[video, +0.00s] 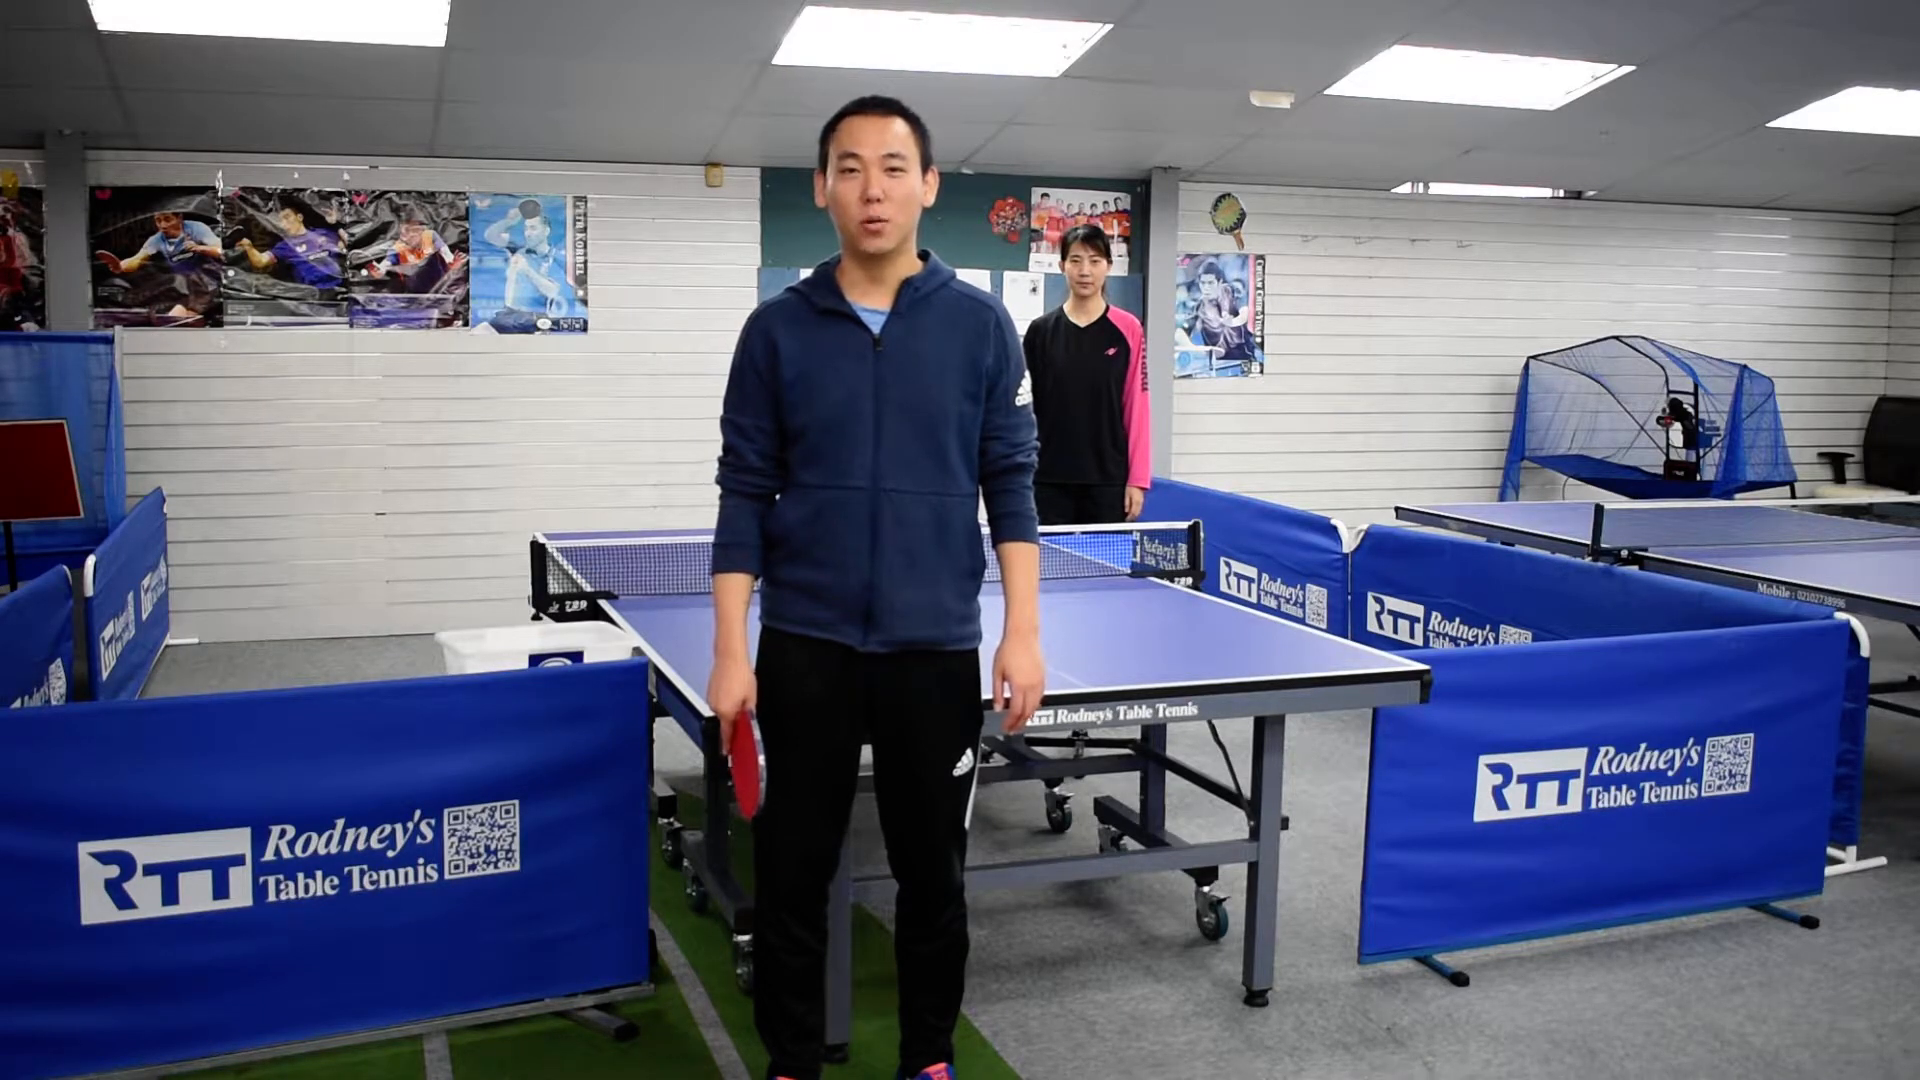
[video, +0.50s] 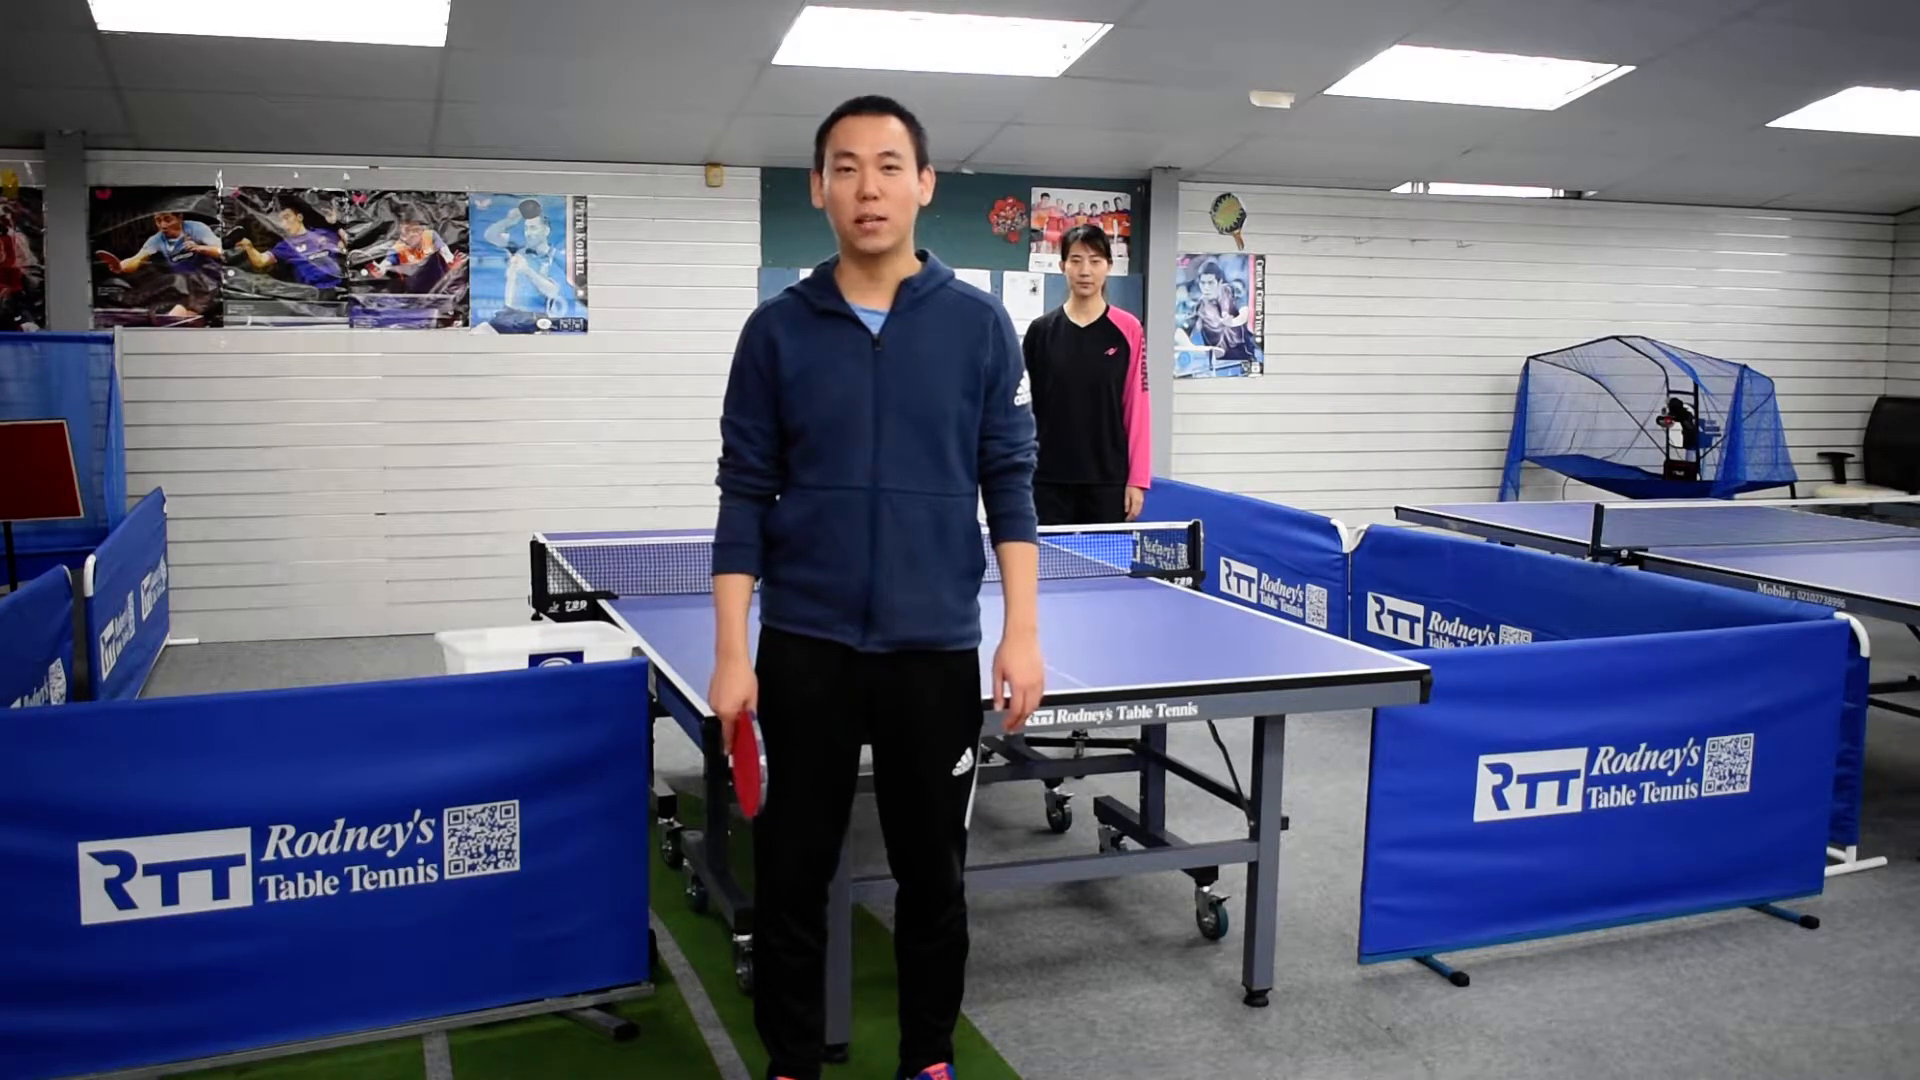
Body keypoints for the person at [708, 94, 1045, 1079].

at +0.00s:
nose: (870, 188)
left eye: (893, 168)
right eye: (849, 169)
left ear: (927, 189)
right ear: (824, 191)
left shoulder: (979, 325)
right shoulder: (777, 329)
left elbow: (1012, 482)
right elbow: (742, 490)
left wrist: (1023, 631)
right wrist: (730, 650)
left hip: (934, 644)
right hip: (806, 643)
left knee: (932, 874)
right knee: (791, 875)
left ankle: (930, 1060)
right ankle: (791, 1062)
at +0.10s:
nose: (872, 190)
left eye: (893, 170)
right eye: (850, 171)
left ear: (926, 189)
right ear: (824, 191)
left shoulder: (978, 325)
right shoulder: (777, 329)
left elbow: (1012, 482)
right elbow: (742, 492)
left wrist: (1021, 632)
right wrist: (731, 652)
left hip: (934, 644)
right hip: (806, 643)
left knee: (931, 873)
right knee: (791, 874)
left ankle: (930, 1060)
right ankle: (790, 1061)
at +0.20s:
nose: (870, 190)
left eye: (892, 170)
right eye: (849, 171)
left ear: (926, 189)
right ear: (823, 191)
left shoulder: (978, 325)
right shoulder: (777, 329)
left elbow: (1011, 482)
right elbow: (742, 491)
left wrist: (1021, 632)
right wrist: (731, 653)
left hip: (934, 644)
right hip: (806, 643)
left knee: (931, 873)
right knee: (791, 874)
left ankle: (930, 1060)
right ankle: (791, 1061)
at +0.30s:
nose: (869, 189)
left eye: (891, 169)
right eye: (847, 170)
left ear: (925, 189)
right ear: (822, 192)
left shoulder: (978, 325)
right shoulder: (777, 329)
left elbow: (1011, 482)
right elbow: (742, 491)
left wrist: (1021, 631)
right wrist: (731, 653)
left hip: (934, 644)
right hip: (806, 643)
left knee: (932, 872)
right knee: (791, 875)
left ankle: (930, 1060)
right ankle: (791, 1061)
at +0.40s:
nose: (868, 187)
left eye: (890, 167)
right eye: (846, 168)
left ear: (925, 188)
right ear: (821, 192)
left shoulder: (979, 326)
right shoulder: (776, 330)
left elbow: (1012, 483)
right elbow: (742, 492)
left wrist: (1022, 631)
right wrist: (731, 653)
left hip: (933, 645)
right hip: (805, 644)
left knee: (932, 873)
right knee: (790, 877)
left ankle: (930, 1060)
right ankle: (791, 1062)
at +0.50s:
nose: (867, 186)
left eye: (889, 166)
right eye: (845, 168)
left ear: (923, 187)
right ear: (820, 192)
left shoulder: (979, 326)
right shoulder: (777, 330)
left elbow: (1012, 483)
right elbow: (742, 492)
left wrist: (1022, 631)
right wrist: (731, 653)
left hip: (933, 644)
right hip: (805, 643)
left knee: (932, 873)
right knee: (790, 876)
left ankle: (930, 1060)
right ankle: (791, 1062)